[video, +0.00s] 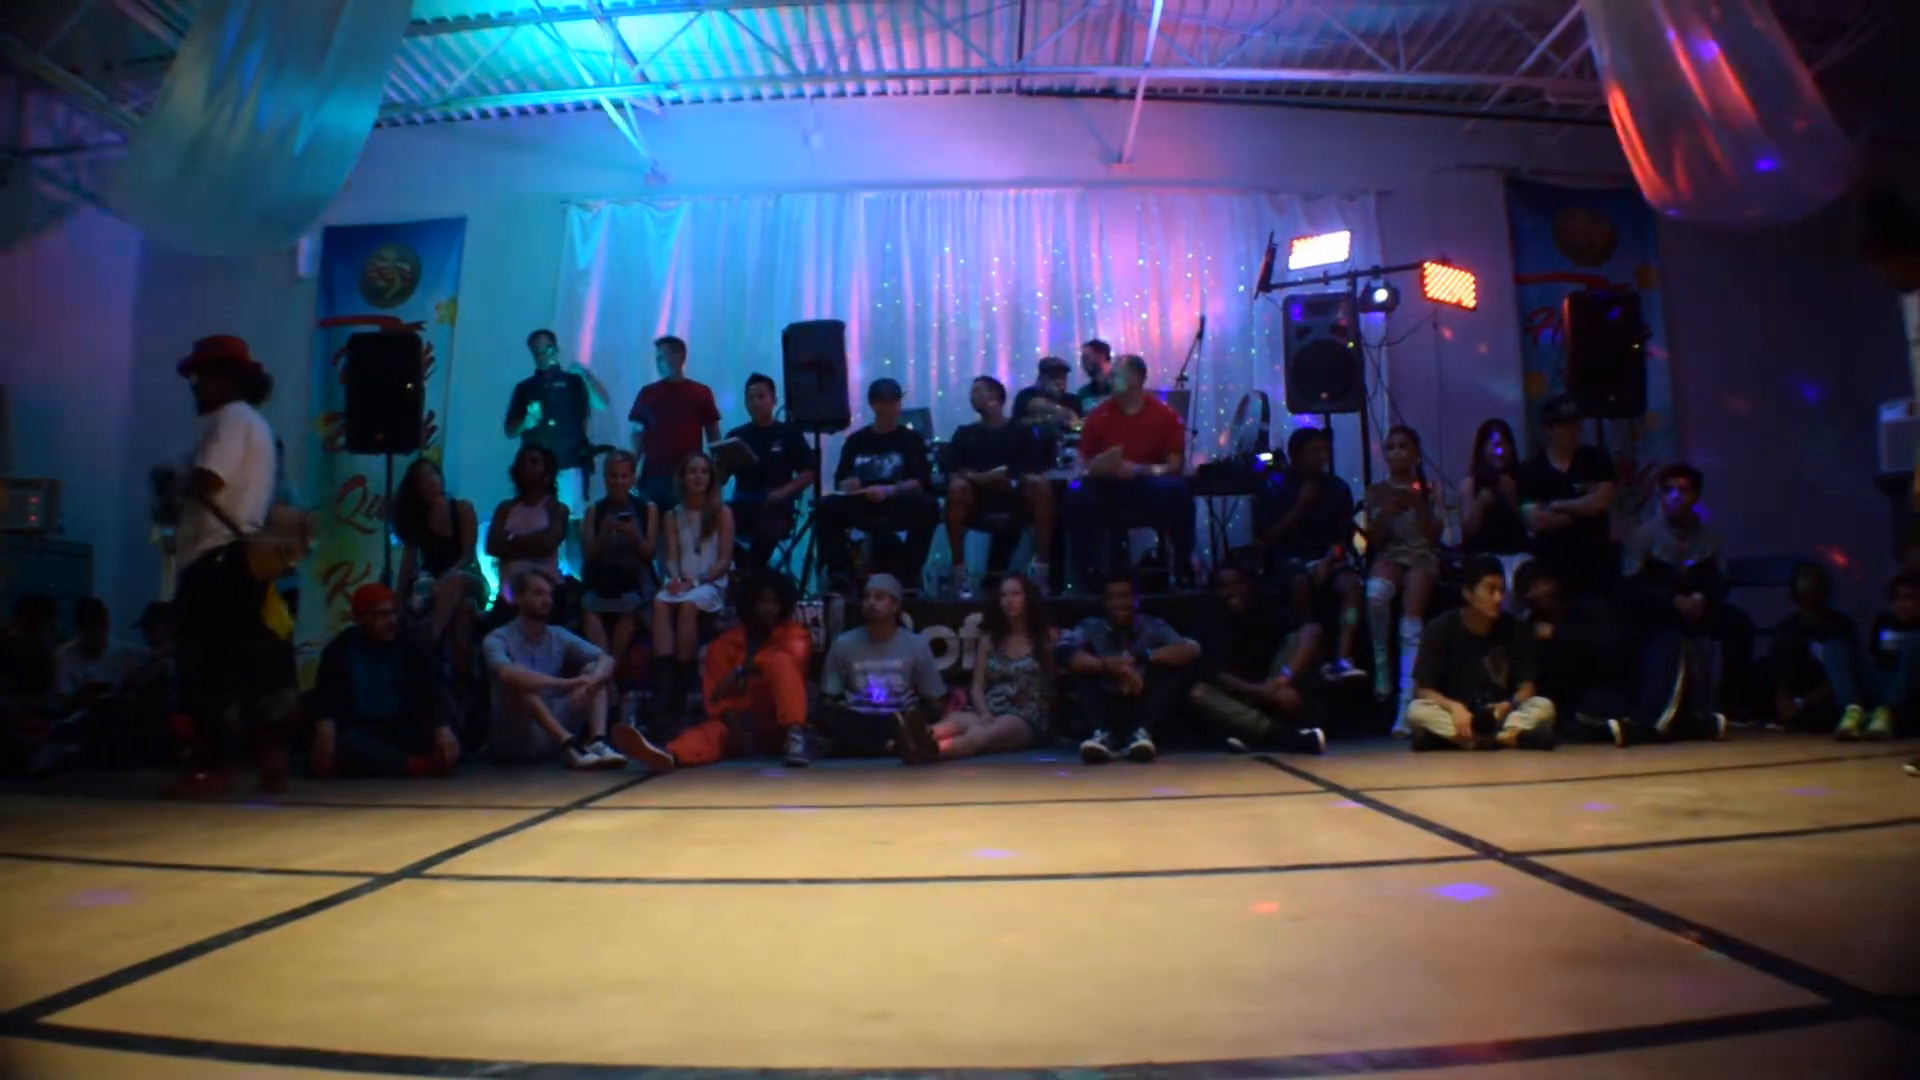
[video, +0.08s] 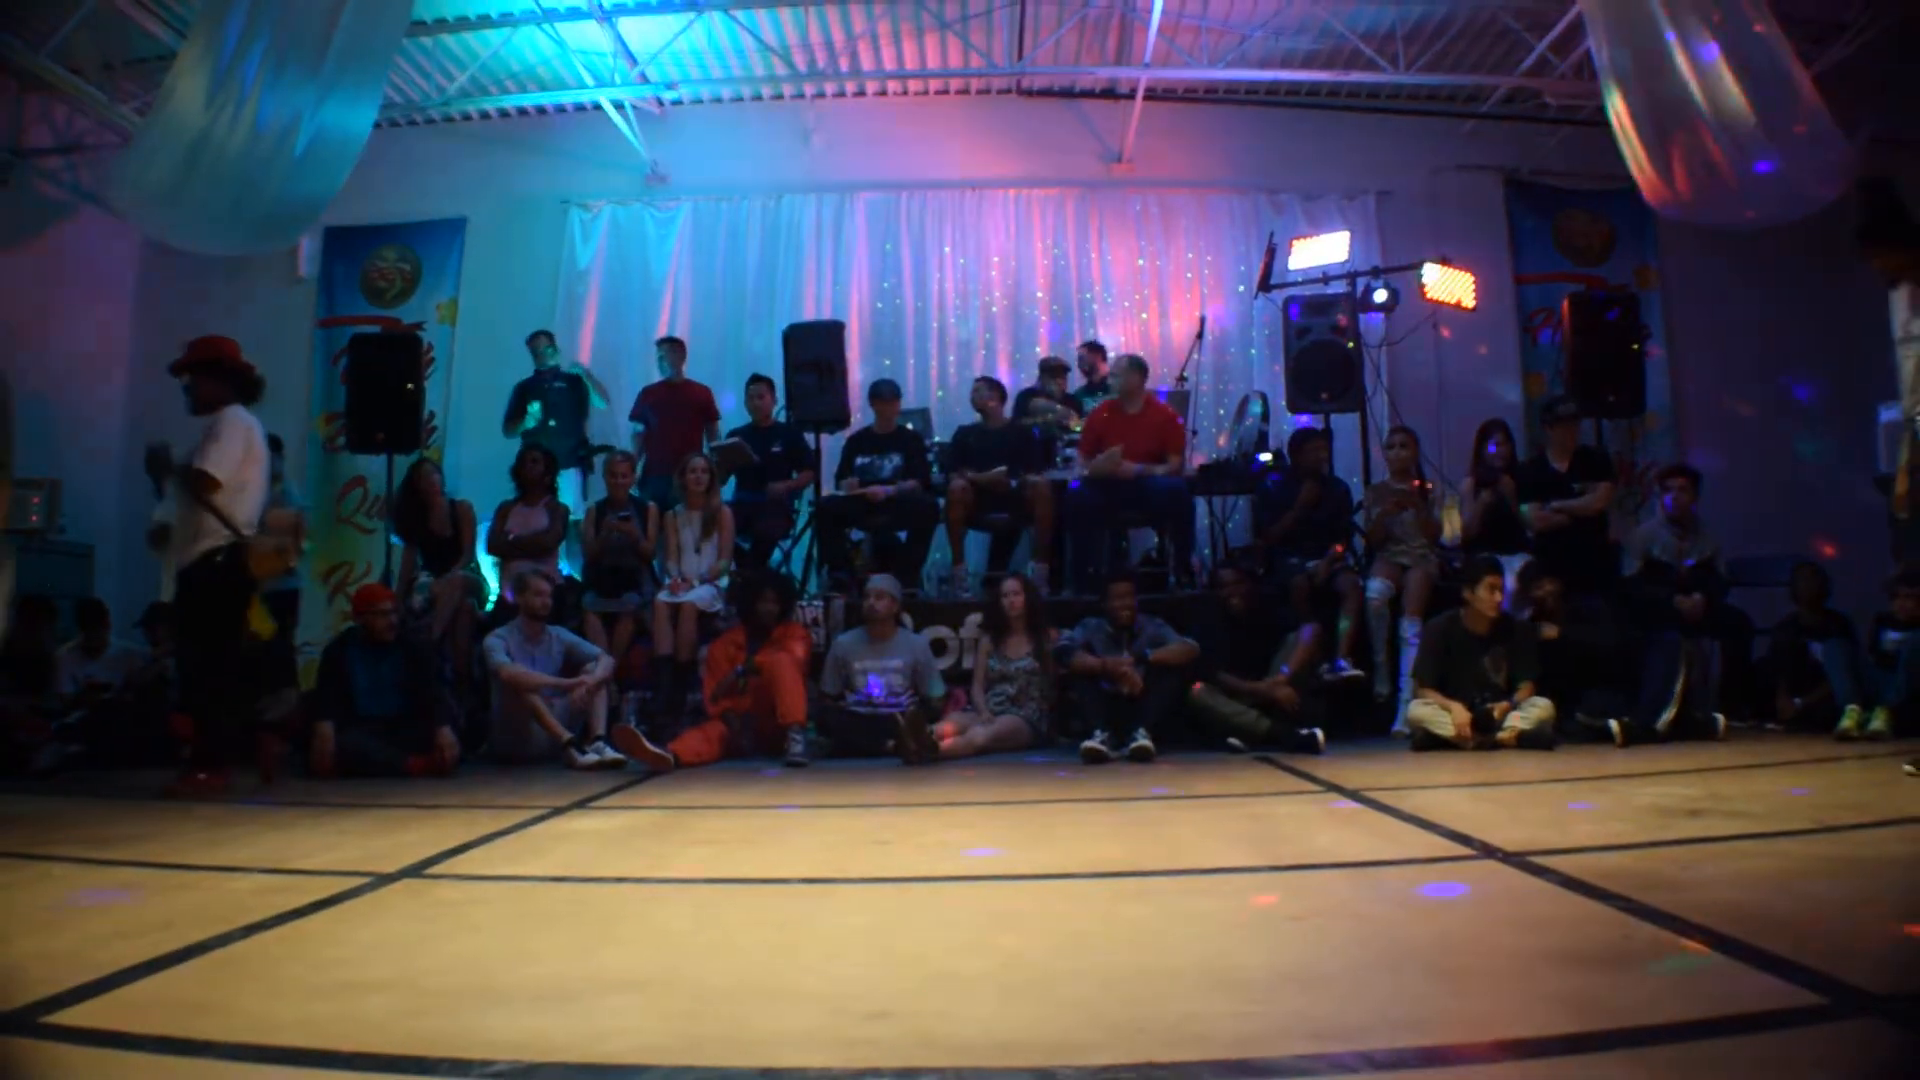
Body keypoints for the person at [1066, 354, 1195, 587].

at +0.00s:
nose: (1115, 381)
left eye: (1121, 375)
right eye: (1113, 375)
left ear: (1139, 379)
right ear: (1110, 380)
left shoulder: (1165, 417)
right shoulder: (1098, 417)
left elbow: (1174, 466)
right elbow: (1083, 464)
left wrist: (1136, 469)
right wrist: (1099, 467)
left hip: (1147, 485)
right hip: (1108, 485)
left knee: (1177, 492)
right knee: (1078, 495)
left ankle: (1182, 570)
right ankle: (1083, 575)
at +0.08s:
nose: (1111, 381)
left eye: (1118, 376)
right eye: (1111, 376)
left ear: (1139, 379)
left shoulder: (1164, 416)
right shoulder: (1100, 415)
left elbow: (1175, 465)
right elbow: (1084, 462)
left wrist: (1135, 469)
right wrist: (1098, 467)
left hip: (1147, 485)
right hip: (1108, 484)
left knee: (1179, 493)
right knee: (1077, 496)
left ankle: (1182, 571)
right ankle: (1080, 578)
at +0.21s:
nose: (1114, 381)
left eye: (1121, 375)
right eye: (1114, 375)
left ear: (1141, 380)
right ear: (1114, 378)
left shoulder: (1167, 416)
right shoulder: (1102, 414)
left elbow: (1175, 465)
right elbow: (1082, 461)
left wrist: (1136, 468)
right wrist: (1096, 467)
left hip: (1148, 484)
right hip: (1108, 483)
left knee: (1180, 494)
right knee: (1078, 496)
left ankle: (1183, 572)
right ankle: (1079, 578)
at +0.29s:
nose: (1115, 379)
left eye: (1122, 374)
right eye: (1115, 374)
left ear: (1143, 379)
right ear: (1115, 378)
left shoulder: (1168, 416)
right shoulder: (1102, 414)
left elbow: (1176, 466)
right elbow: (1083, 461)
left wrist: (1137, 468)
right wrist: (1098, 466)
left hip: (1149, 484)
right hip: (1109, 484)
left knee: (1180, 493)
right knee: (1079, 496)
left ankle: (1183, 571)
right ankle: (1080, 577)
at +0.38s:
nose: (1115, 380)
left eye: (1122, 374)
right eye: (1115, 374)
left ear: (1143, 379)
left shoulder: (1168, 415)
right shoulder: (1102, 412)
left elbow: (1176, 466)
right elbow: (1083, 457)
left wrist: (1139, 468)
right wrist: (1100, 466)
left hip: (1149, 483)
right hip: (1110, 482)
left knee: (1180, 494)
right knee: (1080, 496)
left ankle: (1183, 571)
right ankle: (1082, 576)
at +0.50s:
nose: (1114, 380)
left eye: (1121, 375)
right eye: (1114, 374)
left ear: (1143, 380)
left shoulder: (1168, 415)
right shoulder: (1103, 412)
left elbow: (1176, 467)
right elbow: (1079, 456)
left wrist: (1137, 468)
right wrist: (1098, 465)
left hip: (1149, 483)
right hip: (1110, 482)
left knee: (1179, 492)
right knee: (1081, 493)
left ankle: (1183, 572)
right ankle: (1084, 575)